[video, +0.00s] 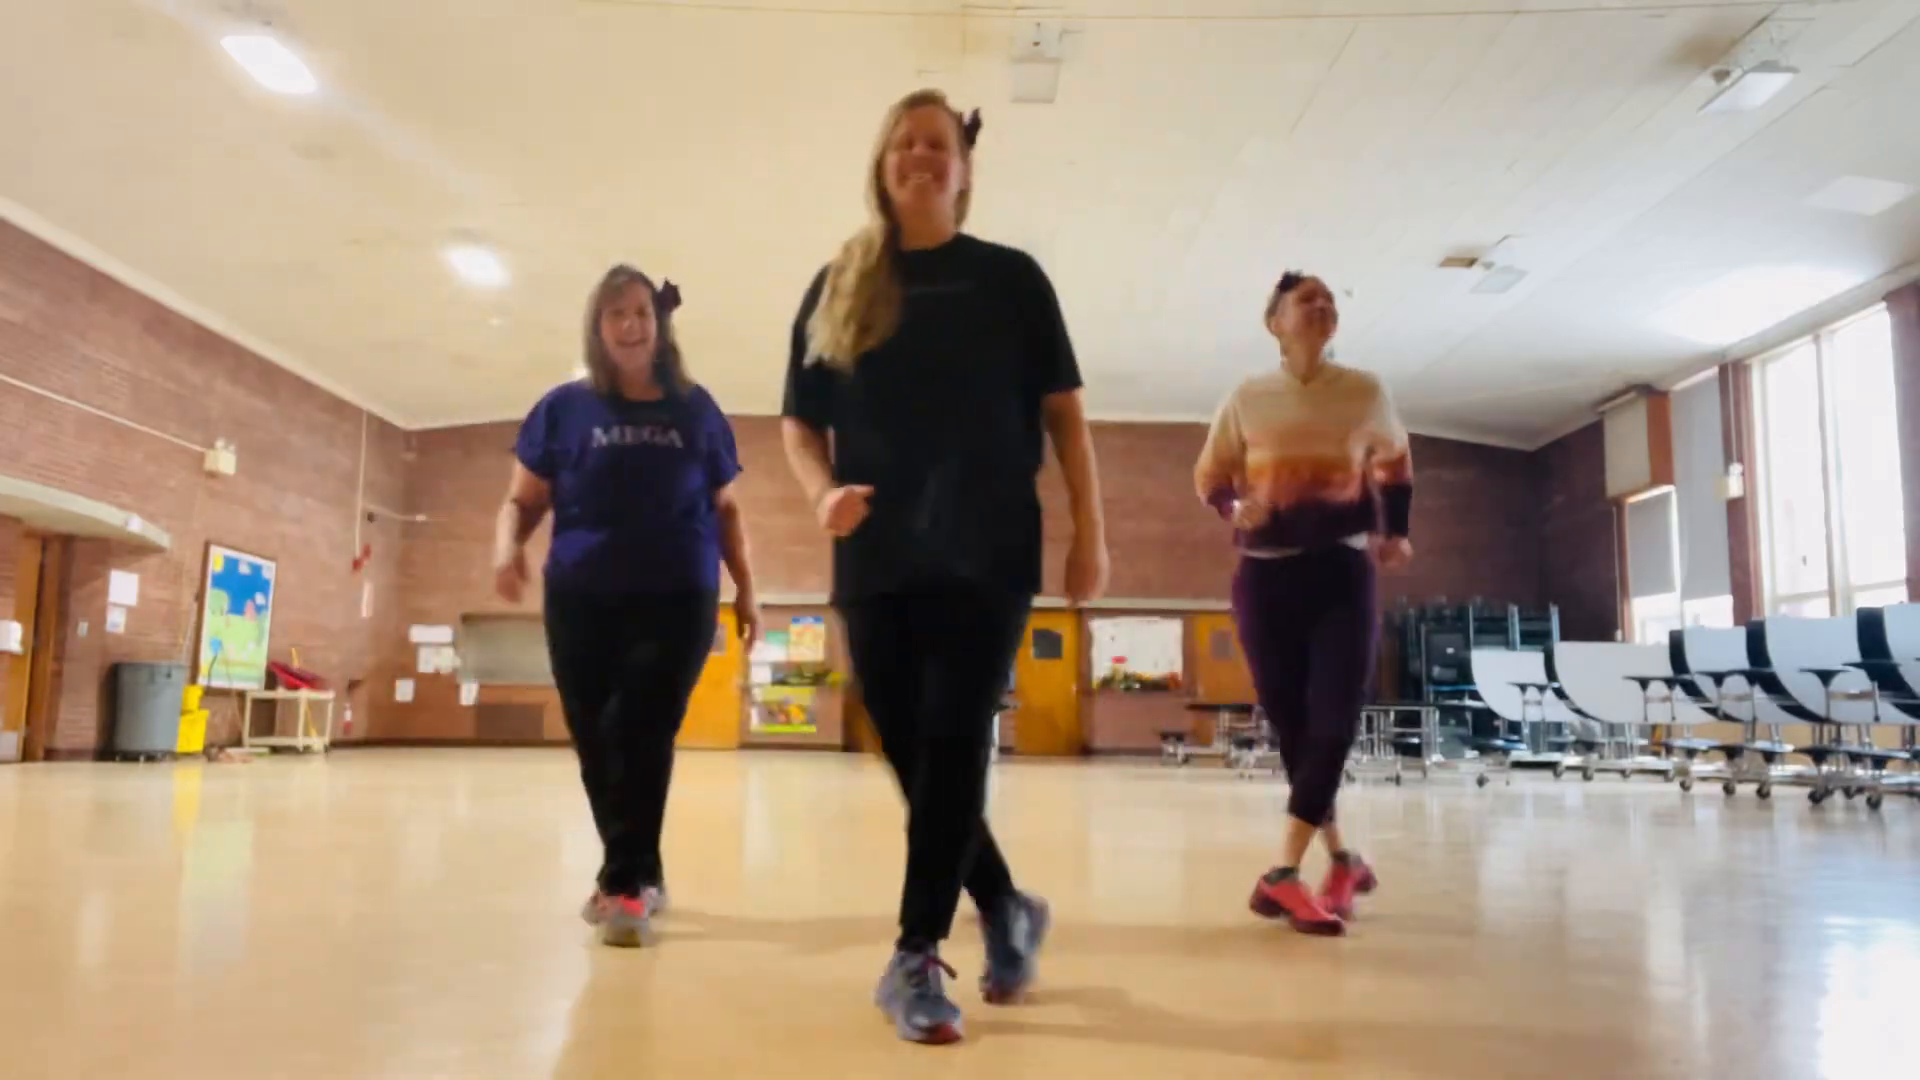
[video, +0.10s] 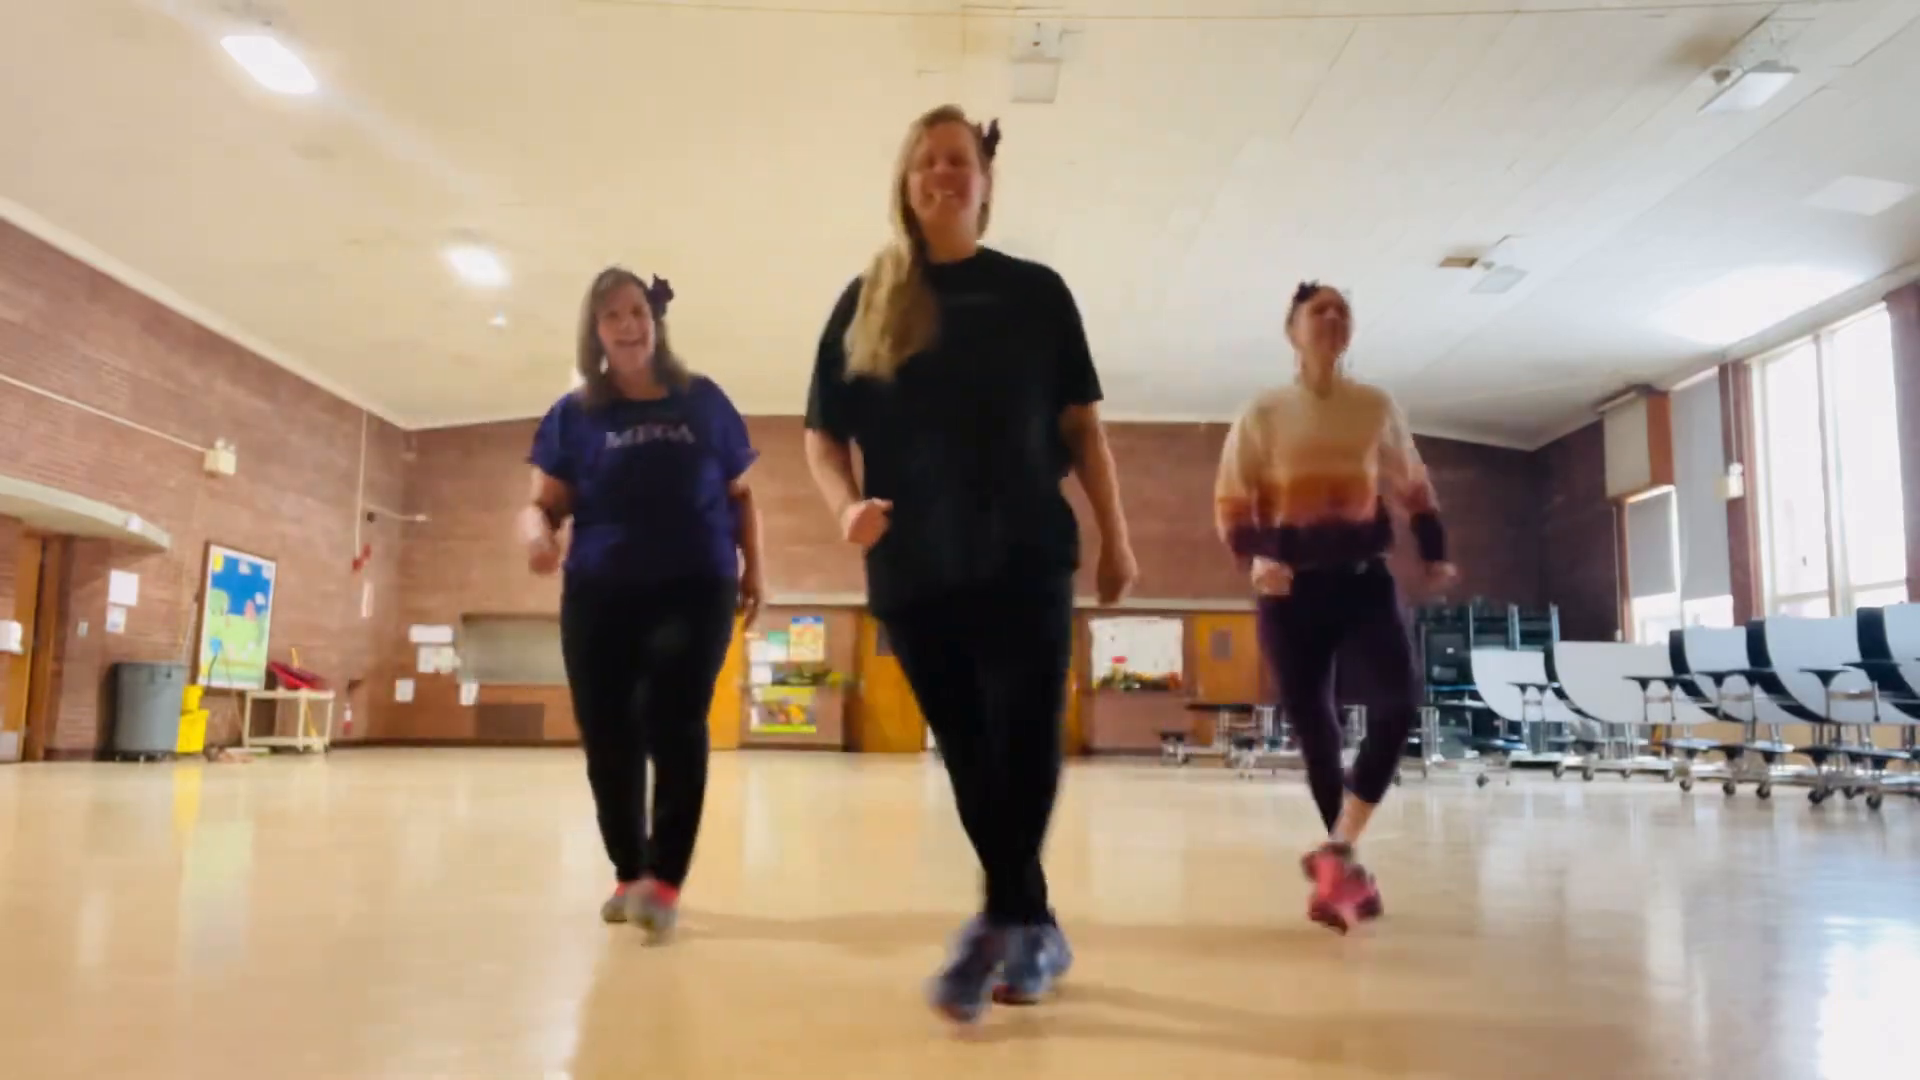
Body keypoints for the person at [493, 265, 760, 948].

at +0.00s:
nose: (631, 324)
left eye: (642, 313)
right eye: (618, 314)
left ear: (660, 322)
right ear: (597, 326)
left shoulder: (695, 409)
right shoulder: (563, 409)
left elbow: (725, 508)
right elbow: (523, 500)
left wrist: (744, 590)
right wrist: (508, 550)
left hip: (675, 596)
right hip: (583, 595)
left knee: (641, 735)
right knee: (597, 740)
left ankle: (620, 889)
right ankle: (638, 877)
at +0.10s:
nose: (628, 324)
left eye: (637, 312)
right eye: (613, 315)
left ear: (657, 321)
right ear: (594, 328)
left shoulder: (701, 400)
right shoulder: (573, 414)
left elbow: (741, 495)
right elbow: (544, 503)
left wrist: (751, 573)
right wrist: (541, 534)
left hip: (692, 587)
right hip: (600, 592)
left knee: (676, 728)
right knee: (609, 736)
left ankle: (665, 882)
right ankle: (629, 877)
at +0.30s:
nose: (651, 318)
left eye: (661, 307)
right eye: (639, 310)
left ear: (685, 319)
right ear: (622, 327)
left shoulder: (729, 400)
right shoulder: (600, 414)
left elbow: (776, 486)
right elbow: (574, 490)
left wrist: (785, 551)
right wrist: (569, 507)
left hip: (720, 588)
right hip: (626, 592)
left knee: (727, 730)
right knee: (624, 739)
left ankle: (775, 875)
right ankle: (637, 878)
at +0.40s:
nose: (668, 325)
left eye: (679, 314)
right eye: (656, 317)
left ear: (703, 325)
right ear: (640, 333)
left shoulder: (746, 408)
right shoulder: (622, 416)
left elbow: (785, 502)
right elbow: (599, 498)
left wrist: (784, 579)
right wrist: (592, 535)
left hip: (729, 600)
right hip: (638, 600)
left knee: (743, 739)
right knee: (628, 742)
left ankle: (786, 879)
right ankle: (638, 878)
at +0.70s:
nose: (700, 314)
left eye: (713, 304)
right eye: (688, 305)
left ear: (733, 318)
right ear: (670, 321)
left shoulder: (769, 397)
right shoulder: (642, 401)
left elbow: (816, 480)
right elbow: (594, 482)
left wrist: (809, 508)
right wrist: (580, 460)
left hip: (756, 592)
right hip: (663, 590)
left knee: (761, 734)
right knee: (647, 736)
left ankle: (772, 876)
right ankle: (639, 878)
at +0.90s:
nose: (764, 321)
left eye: (777, 312)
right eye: (752, 311)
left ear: (796, 327)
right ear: (733, 321)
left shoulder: (811, 416)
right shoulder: (690, 399)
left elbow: (821, 517)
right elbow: (647, 488)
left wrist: (835, 595)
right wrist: (645, 552)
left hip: (772, 603)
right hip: (680, 592)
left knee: (757, 745)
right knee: (641, 728)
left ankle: (742, 883)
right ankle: (632, 867)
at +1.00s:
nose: (793, 321)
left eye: (806, 313)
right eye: (782, 310)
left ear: (822, 330)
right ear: (762, 321)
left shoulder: (825, 420)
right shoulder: (716, 389)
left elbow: (831, 514)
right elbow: (649, 467)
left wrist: (893, 556)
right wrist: (663, 456)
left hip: (781, 591)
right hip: (689, 572)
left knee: (761, 737)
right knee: (639, 711)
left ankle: (742, 882)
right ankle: (617, 834)